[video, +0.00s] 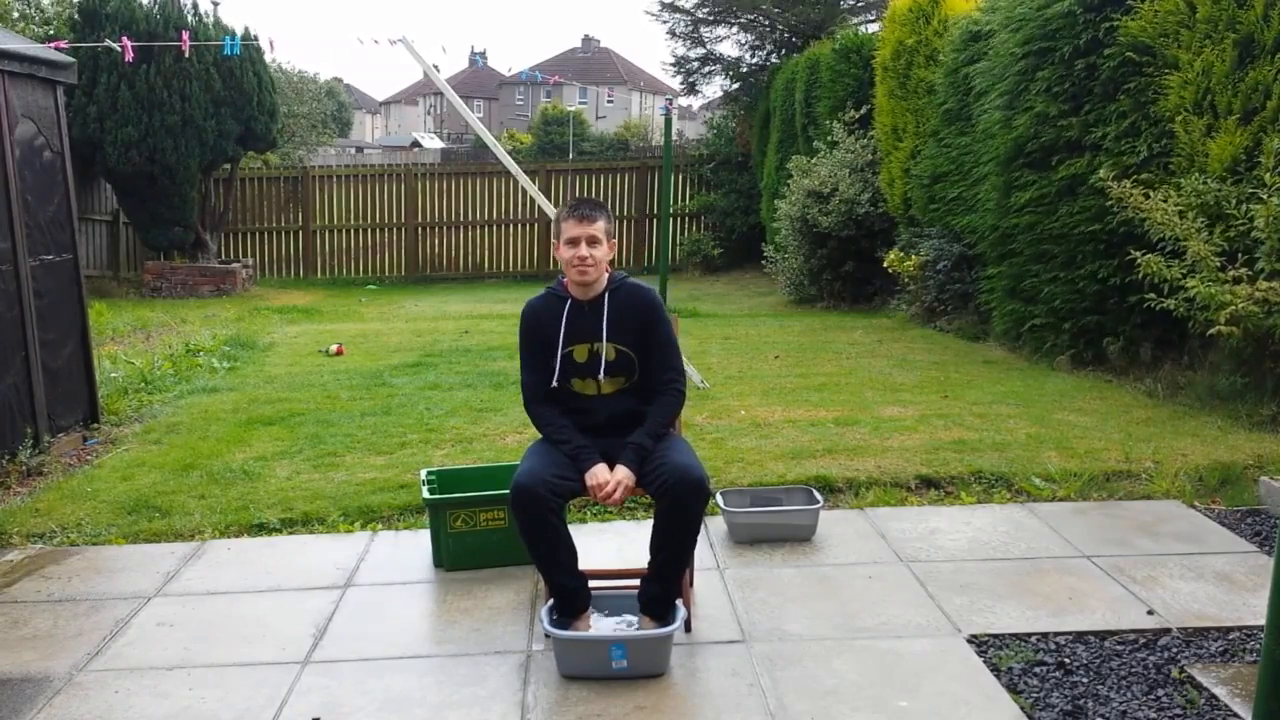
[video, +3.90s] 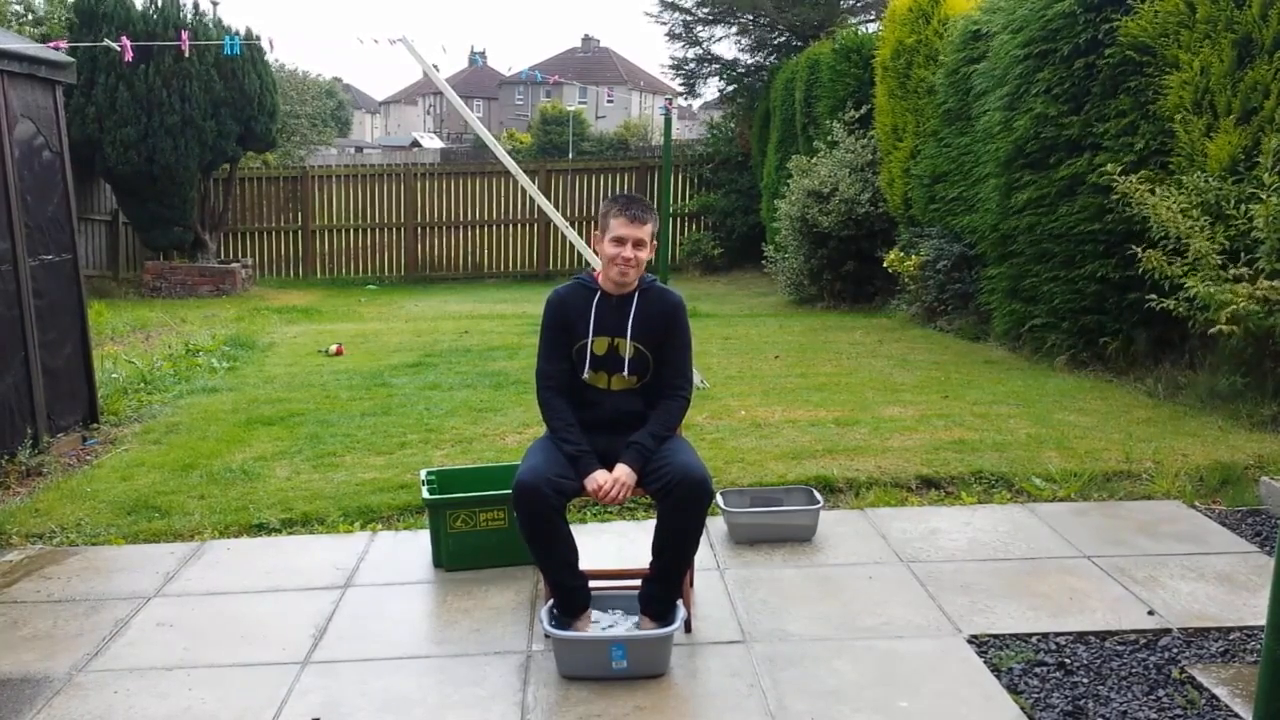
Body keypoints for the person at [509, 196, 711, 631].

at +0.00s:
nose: (582, 253)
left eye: (593, 242)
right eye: (571, 243)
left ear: (611, 249)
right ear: (557, 251)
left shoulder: (642, 303)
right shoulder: (540, 312)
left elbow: (671, 388)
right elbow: (537, 400)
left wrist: (631, 460)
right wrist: (588, 459)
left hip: (643, 435)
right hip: (570, 439)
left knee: (689, 483)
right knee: (527, 489)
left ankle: (658, 603)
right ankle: (572, 603)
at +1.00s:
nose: (647, 246)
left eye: (658, 237)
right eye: (638, 236)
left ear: (675, 248)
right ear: (622, 243)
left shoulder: (689, 311)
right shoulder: (587, 296)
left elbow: (687, 400)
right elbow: (555, 381)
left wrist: (629, 456)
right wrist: (584, 458)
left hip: (651, 434)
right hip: (579, 431)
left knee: (691, 486)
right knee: (532, 482)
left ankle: (656, 605)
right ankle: (571, 605)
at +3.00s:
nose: (588, 244)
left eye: (601, 234)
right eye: (586, 233)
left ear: (637, 245)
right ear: (582, 237)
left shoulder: (667, 305)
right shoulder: (566, 300)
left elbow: (678, 393)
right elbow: (552, 390)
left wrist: (634, 459)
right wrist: (588, 463)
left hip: (648, 434)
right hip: (576, 435)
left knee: (693, 484)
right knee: (533, 487)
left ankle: (658, 604)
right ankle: (574, 604)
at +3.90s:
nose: (627, 255)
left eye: (638, 245)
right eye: (617, 242)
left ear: (651, 250)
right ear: (596, 242)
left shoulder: (666, 306)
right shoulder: (565, 303)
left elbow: (676, 394)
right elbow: (551, 392)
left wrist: (634, 460)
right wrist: (587, 464)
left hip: (648, 436)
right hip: (575, 437)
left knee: (692, 484)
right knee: (530, 487)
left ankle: (658, 605)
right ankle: (573, 605)